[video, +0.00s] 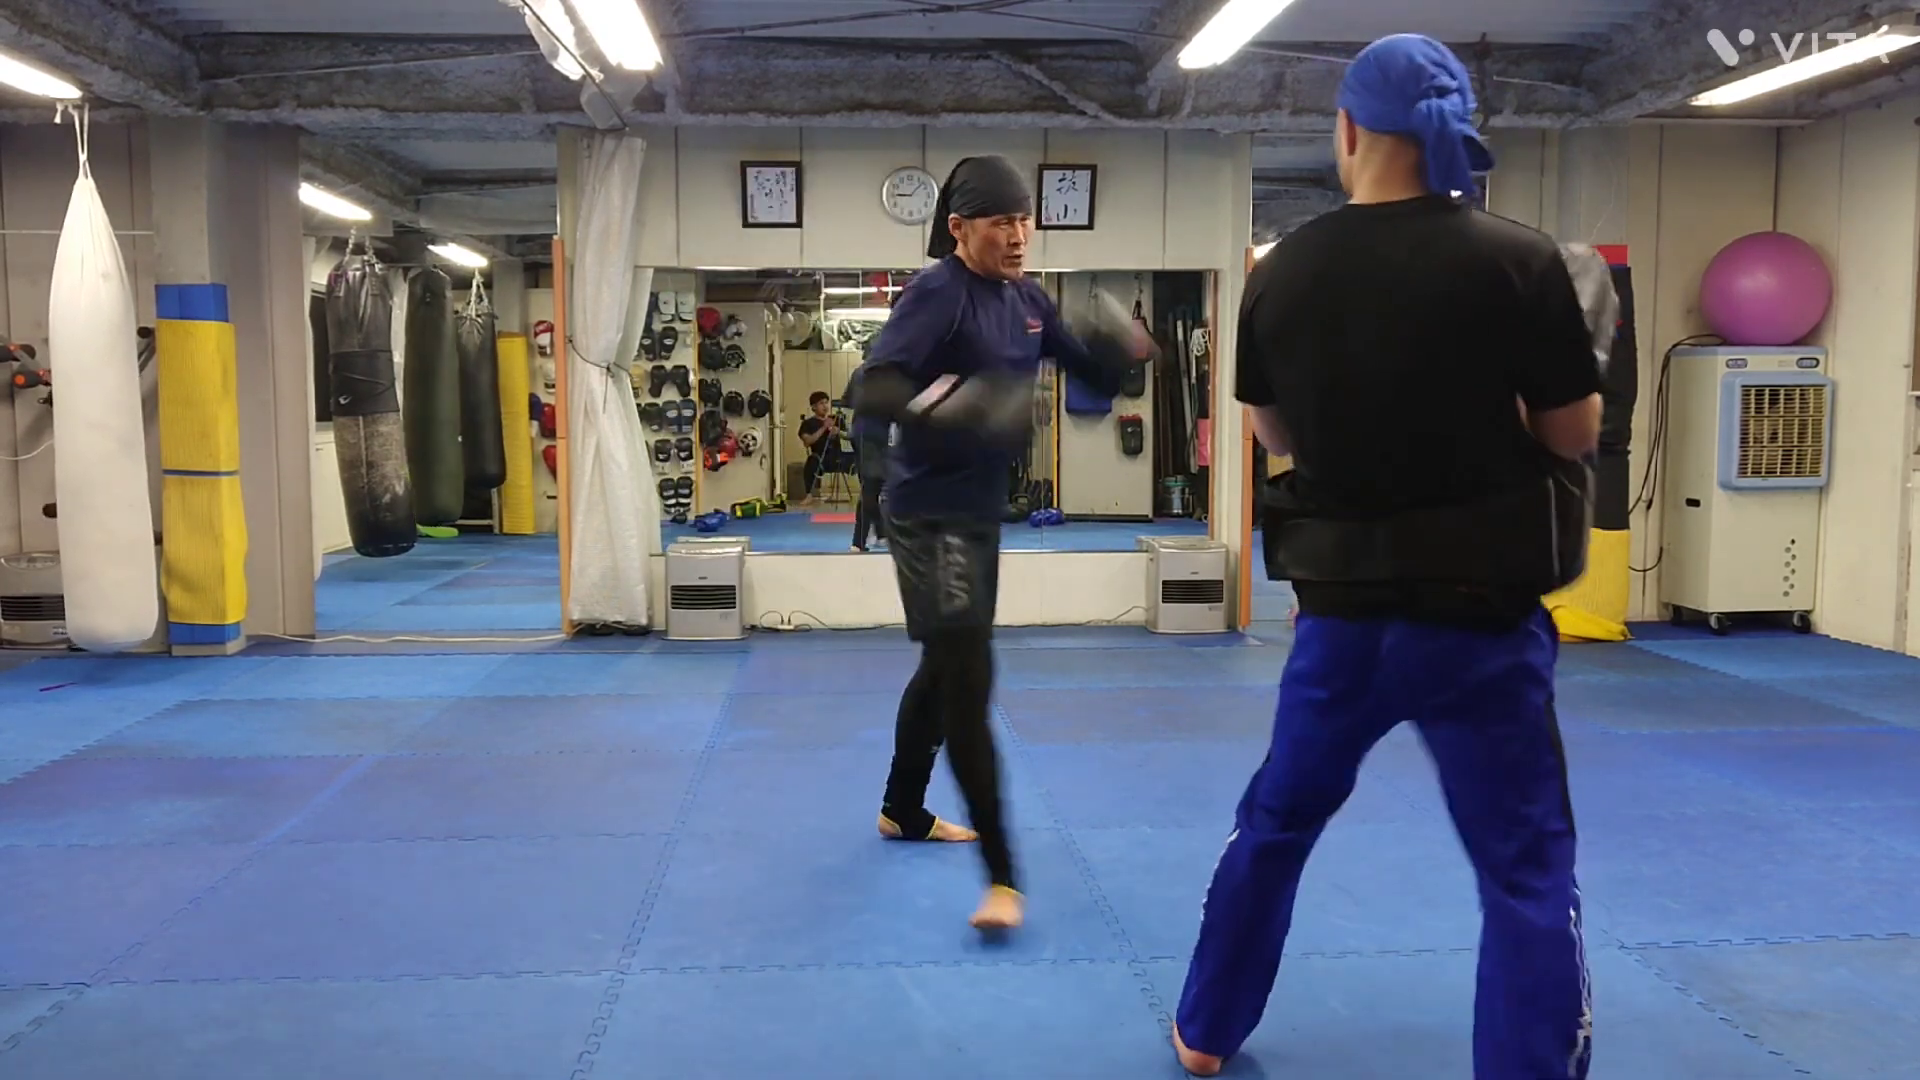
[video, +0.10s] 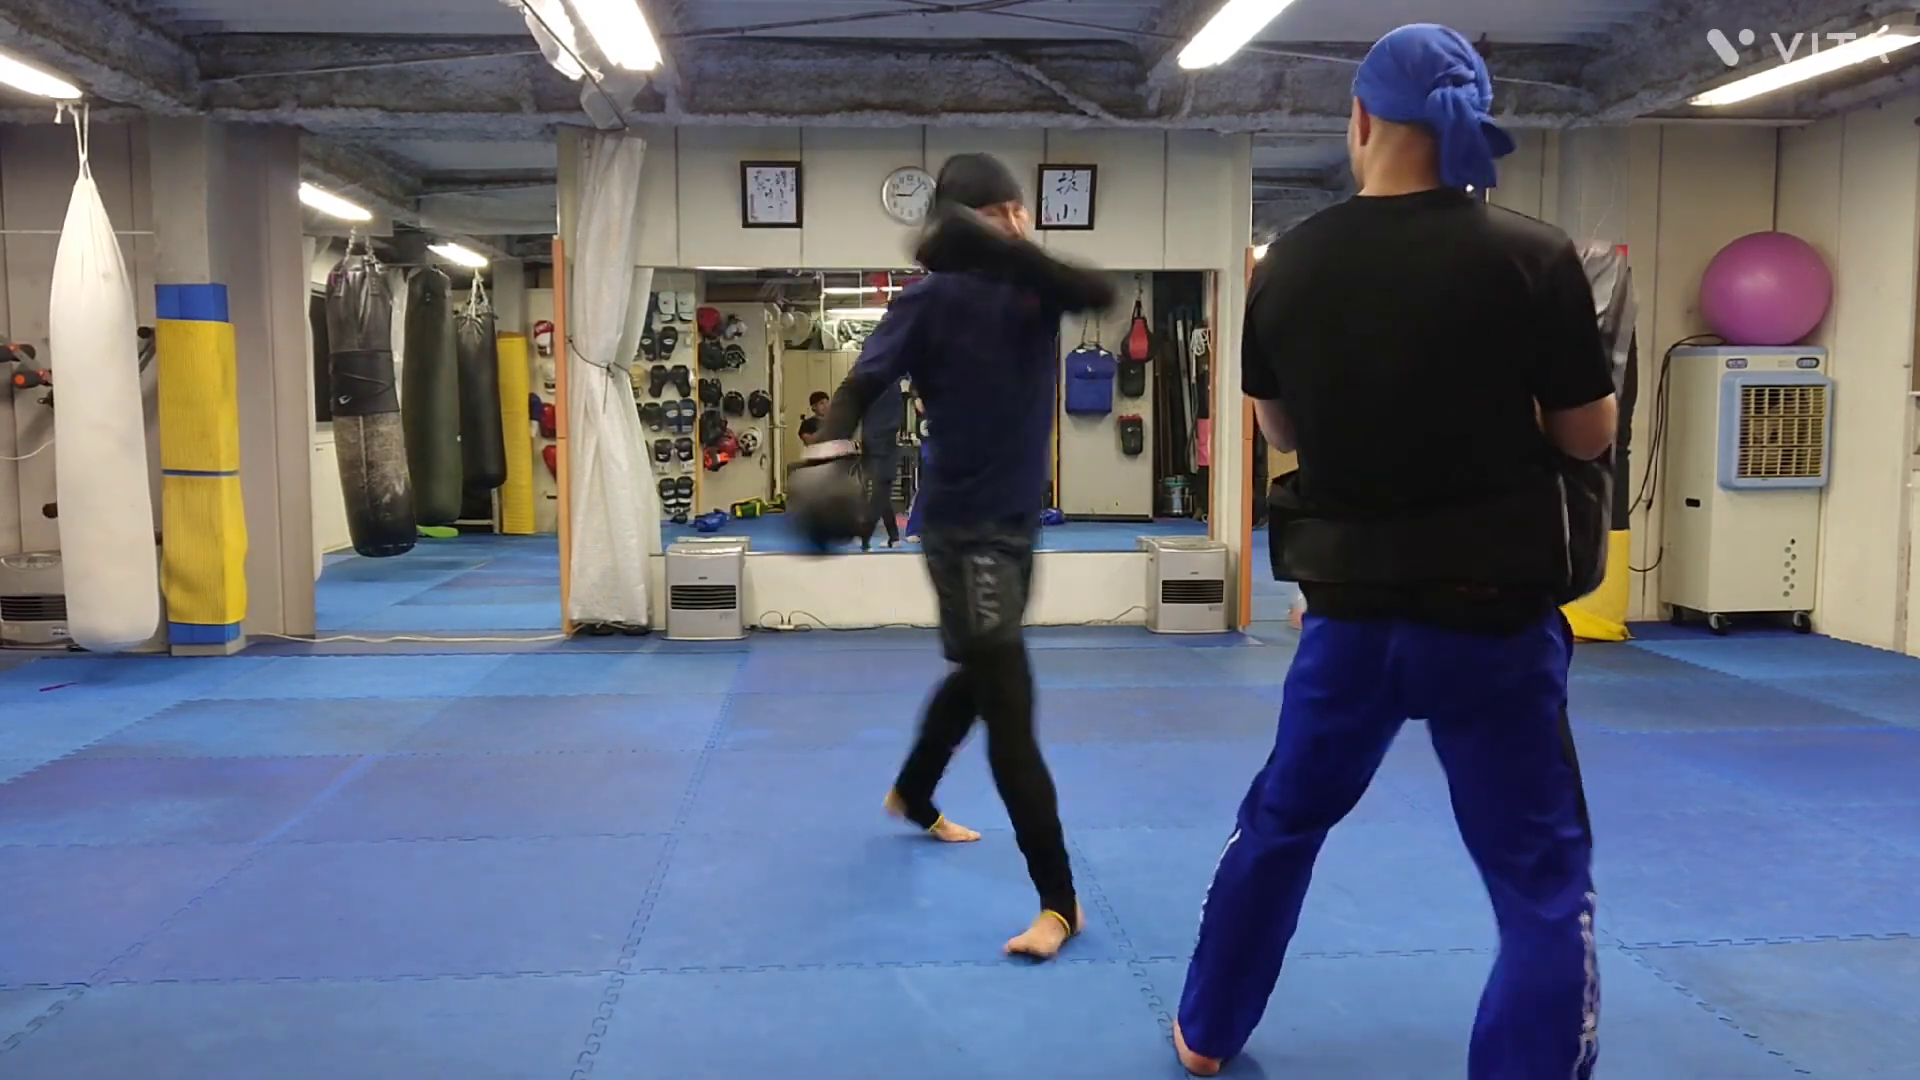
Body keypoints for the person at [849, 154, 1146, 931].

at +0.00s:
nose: (1018, 234)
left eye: (1024, 220)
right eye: (1002, 223)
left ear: (1030, 222)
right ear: (960, 228)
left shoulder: (1030, 300)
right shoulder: (938, 291)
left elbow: (1094, 382)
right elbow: (869, 387)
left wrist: (1122, 358)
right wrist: (935, 403)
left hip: (981, 517)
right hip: (928, 516)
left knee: (948, 666)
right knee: (965, 676)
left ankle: (903, 808)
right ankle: (1000, 881)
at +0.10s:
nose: (1022, 218)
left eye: (1022, 205)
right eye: (1007, 207)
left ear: (1017, 215)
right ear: (972, 217)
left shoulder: (1040, 286)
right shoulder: (932, 295)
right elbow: (859, 387)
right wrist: (838, 452)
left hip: (1018, 524)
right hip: (958, 527)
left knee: (979, 676)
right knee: (1009, 708)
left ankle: (912, 794)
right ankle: (1059, 905)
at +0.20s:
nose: (948, 200)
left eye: (957, 187)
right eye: (936, 189)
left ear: (980, 196)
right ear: (913, 209)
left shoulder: (1024, 266)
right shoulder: (901, 306)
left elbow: (1095, 270)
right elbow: (839, 403)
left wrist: (998, 212)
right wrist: (768, 458)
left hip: (1067, 501)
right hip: (987, 521)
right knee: (1028, 711)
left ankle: (1016, 725)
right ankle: (1061, 907)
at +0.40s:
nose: (942, 226)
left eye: (948, 207)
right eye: (920, 217)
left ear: (965, 210)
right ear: (889, 237)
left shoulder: (1022, 268)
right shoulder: (898, 337)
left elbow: (1125, 327)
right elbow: (827, 424)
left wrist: (1211, 375)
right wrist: (817, 339)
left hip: (1096, 428)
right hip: (1041, 505)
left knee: (1132, 373)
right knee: (1035, 700)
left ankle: (1237, 382)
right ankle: (1093, 902)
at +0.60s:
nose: (1002, 205)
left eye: (1008, 189)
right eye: (982, 193)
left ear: (1021, 197)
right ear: (934, 208)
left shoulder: (1066, 264)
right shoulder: (930, 310)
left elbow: (1153, 341)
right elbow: (912, 427)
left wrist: (1239, 355)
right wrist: (929, 309)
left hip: (1144, 443)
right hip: (1060, 511)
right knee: (1070, 724)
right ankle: (1099, 919)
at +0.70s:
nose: (1023, 199)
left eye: (1031, 183)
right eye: (1003, 184)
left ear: (1046, 193)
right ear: (957, 199)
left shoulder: (1088, 263)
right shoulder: (948, 302)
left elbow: (1150, 354)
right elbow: (926, 425)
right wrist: (957, 317)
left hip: (1152, 474)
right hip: (1063, 514)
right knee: (1069, 725)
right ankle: (1099, 917)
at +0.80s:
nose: (1067, 195)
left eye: (1075, 178)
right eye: (1046, 177)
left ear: (1089, 189)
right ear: (1002, 190)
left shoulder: (1103, 275)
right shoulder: (991, 291)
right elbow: (950, 421)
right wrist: (996, 339)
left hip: (1150, 518)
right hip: (1067, 528)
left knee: (1162, 705)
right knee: (1075, 717)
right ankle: (1099, 908)